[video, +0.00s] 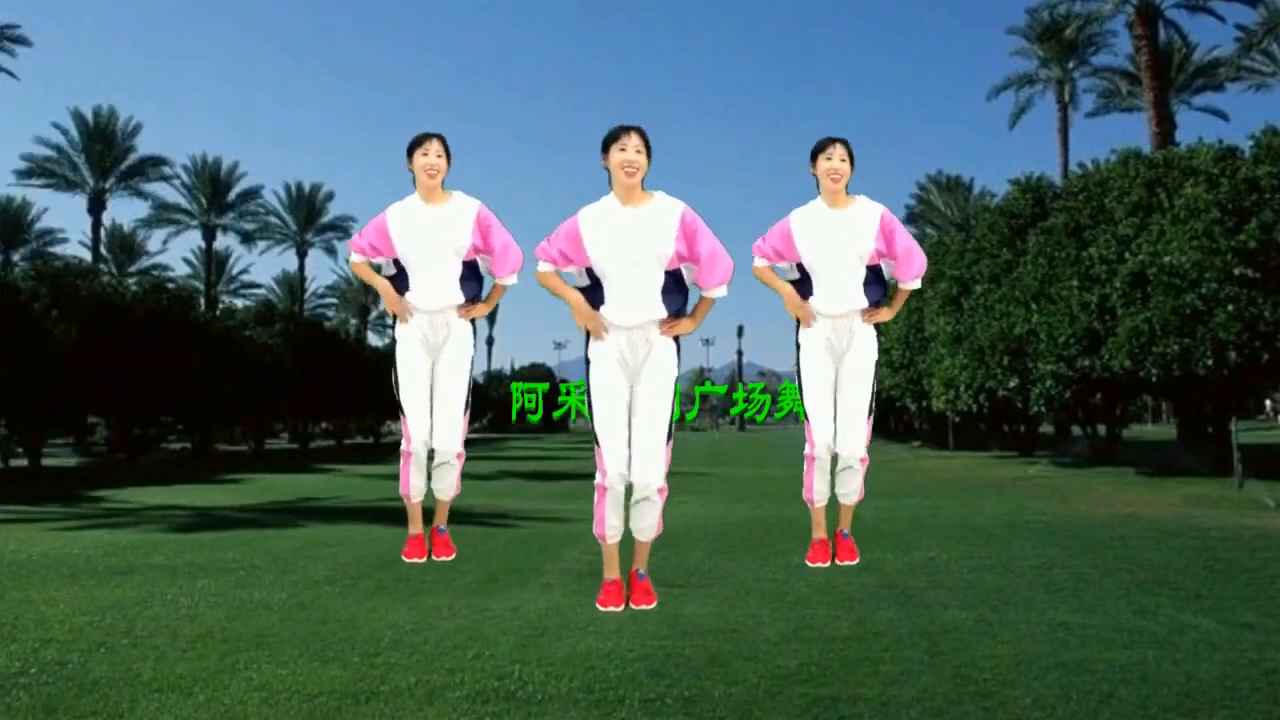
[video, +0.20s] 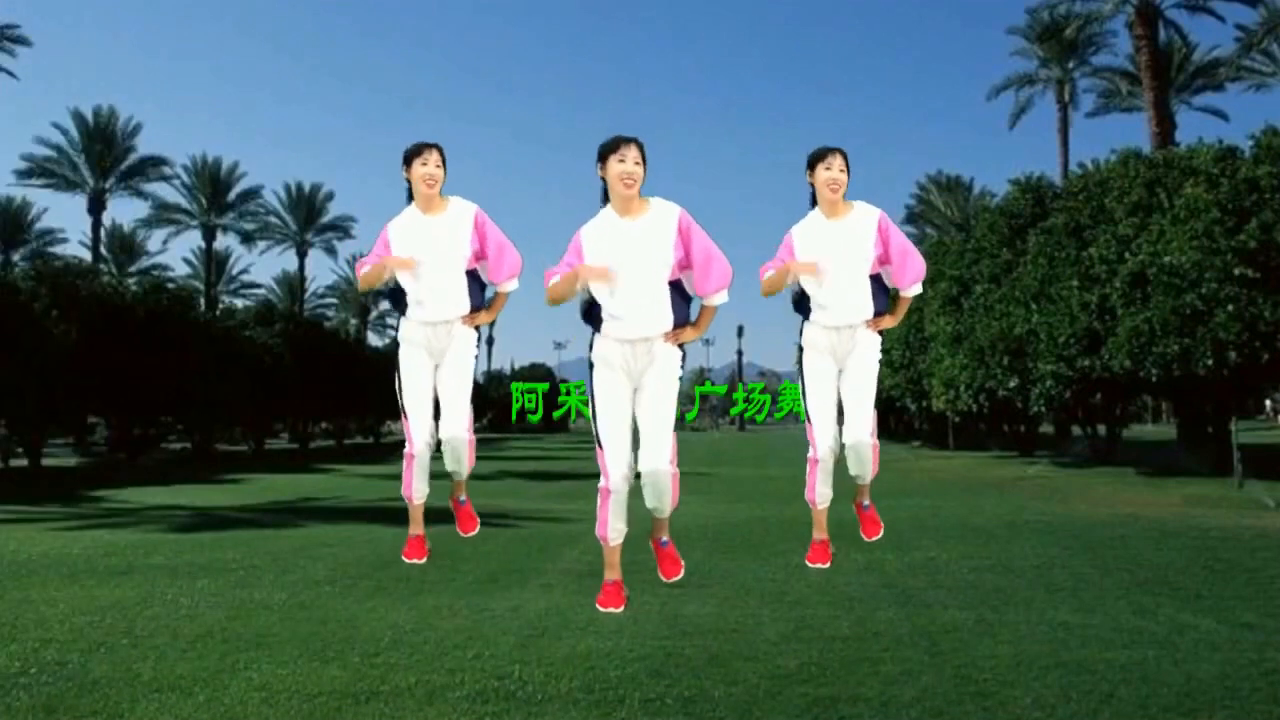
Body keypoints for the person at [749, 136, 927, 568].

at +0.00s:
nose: (835, 165)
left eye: (842, 159)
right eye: (827, 159)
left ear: (852, 170)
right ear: (814, 169)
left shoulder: (874, 215)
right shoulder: (799, 220)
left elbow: (913, 263)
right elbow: (759, 262)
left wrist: (891, 308)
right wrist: (788, 293)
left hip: (860, 330)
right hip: (815, 330)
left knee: (853, 439)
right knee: (820, 437)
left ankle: (844, 533)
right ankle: (819, 536)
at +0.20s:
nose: (835, 175)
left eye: (841, 169)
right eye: (826, 169)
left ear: (849, 179)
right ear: (811, 178)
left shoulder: (872, 220)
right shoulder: (800, 232)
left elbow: (911, 267)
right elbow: (766, 287)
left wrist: (896, 315)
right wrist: (789, 270)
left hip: (863, 335)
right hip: (818, 337)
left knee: (859, 436)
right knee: (822, 439)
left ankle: (864, 500)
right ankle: (819, 534)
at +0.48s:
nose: (844, 170)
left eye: (850, 163)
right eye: (836, 162)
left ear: (858, 169)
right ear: (820, 168)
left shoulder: (880, 204)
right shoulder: (810, 212)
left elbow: (929, 241)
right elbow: (808, 236)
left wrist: (915, 288)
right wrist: (814, 181)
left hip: (885, 316)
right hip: (842, 321)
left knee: (901, 428)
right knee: (837, 434)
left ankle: (924, 515)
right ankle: (820, 531)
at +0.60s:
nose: (851, 193)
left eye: (857, 186)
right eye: (843, 185)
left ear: (864, 191)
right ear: (827, 191)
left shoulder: (892, 228)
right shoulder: (821, 239)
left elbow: (938, 266)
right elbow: (828, 263)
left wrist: (925, 314)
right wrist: (827, 213)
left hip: (899, 348)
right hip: (853, 352)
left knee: (905, 455)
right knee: (849, 453)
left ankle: (926, 526)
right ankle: (822, 536)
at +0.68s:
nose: (853, 183)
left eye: (858, 176)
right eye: (845, 176)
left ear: (866, 183)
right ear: (829, 183)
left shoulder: (892, 220)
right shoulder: (825, 230)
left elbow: (939, 258)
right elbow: (821, 260)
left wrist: (925, 306)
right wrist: (827, 205)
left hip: (898, 340)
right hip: (853, 344)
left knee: (909, 446)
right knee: (847, 448)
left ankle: (927, 526)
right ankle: (823, 536)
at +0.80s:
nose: (849, 152)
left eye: (854, 145)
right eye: (841, 146)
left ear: (863, 150)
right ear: (826, 153)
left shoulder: (889, 184)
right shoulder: (821, 195)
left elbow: (934, 223)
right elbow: (814, 222)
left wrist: (917, 273)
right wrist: (820, 170)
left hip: (891, 300)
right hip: (847, 304)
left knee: (902, 419)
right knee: (838, 419)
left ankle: (910, 499)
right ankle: (823, 523)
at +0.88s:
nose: (847, 152)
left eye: (852, 144)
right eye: (839, 145)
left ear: (862, 148)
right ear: (824, 153)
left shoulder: (889, 182)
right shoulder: (821, 193)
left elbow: (932, 224)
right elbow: (814, 223)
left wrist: (917, 276)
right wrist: (819, 169)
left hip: (887, 296)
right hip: (843, 298)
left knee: (892, 422)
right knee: (838, 417)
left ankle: (886, 462)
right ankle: (829, 523)